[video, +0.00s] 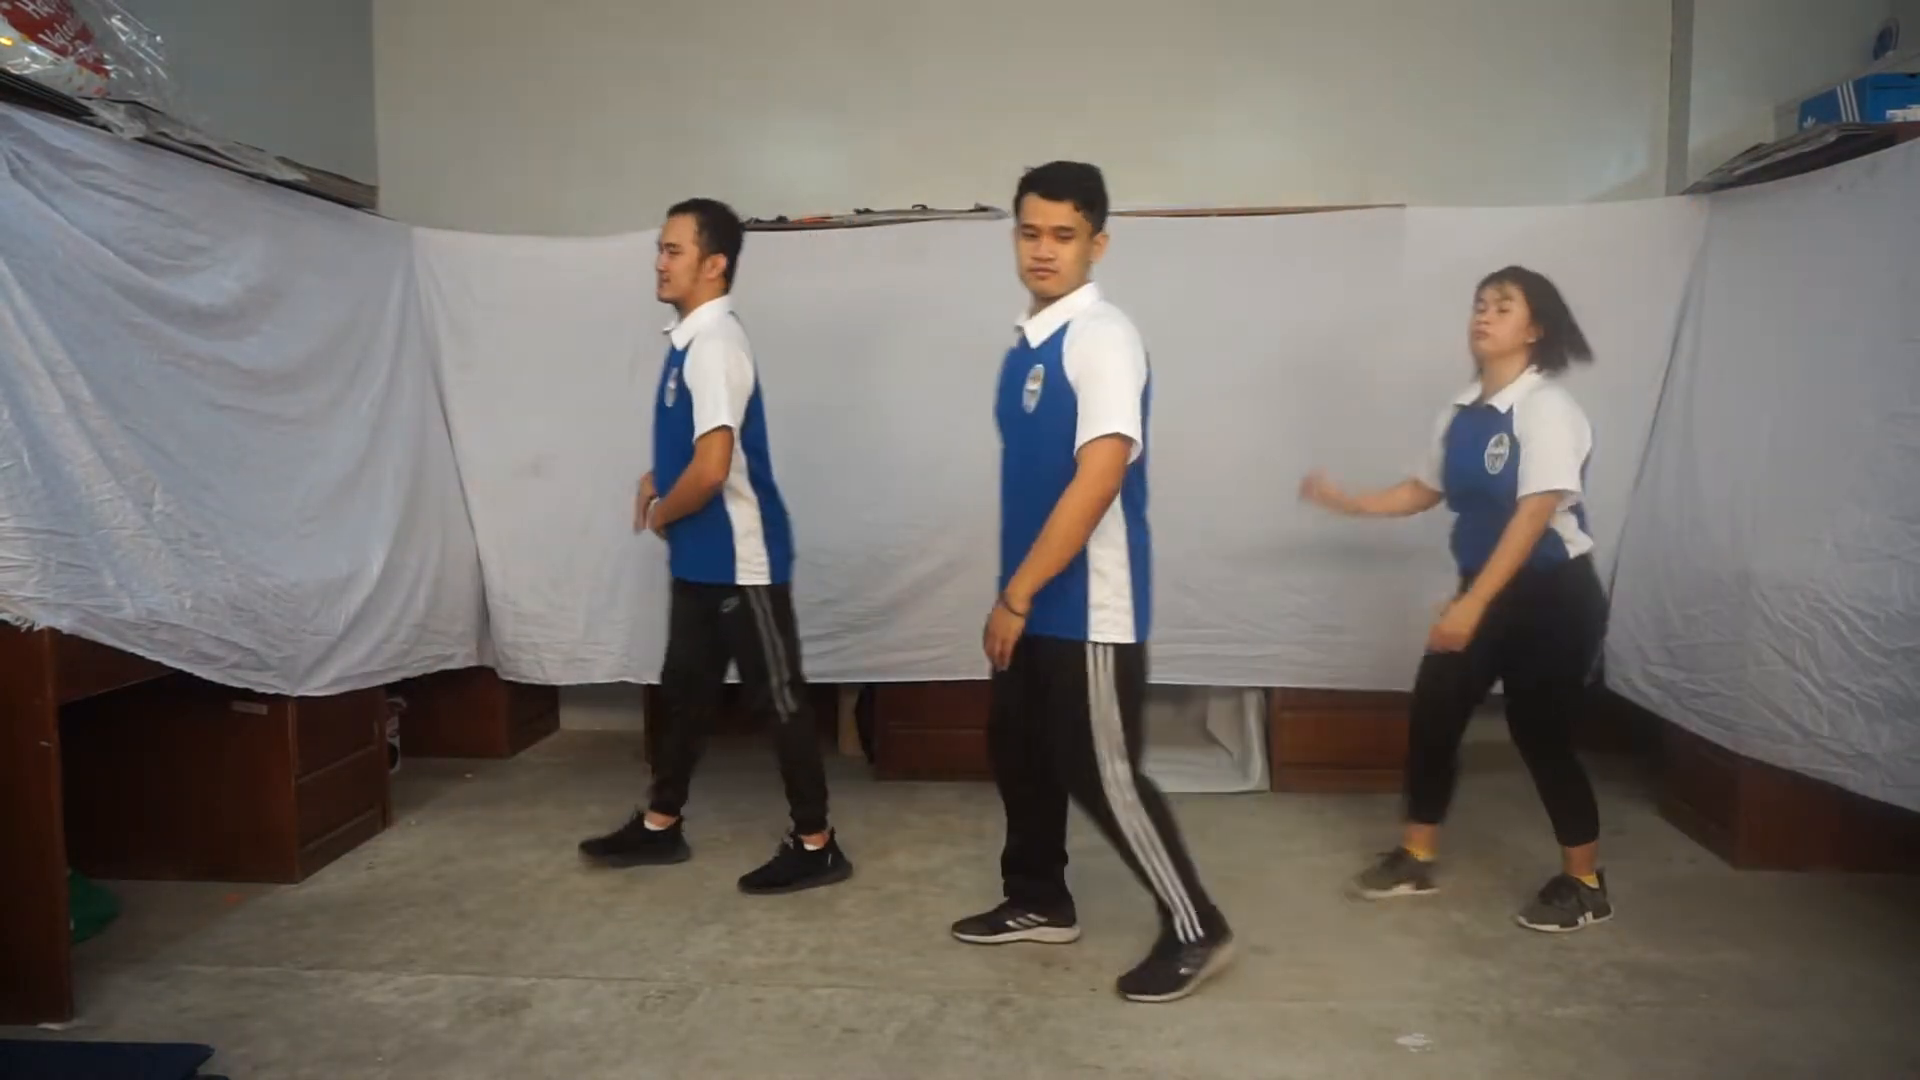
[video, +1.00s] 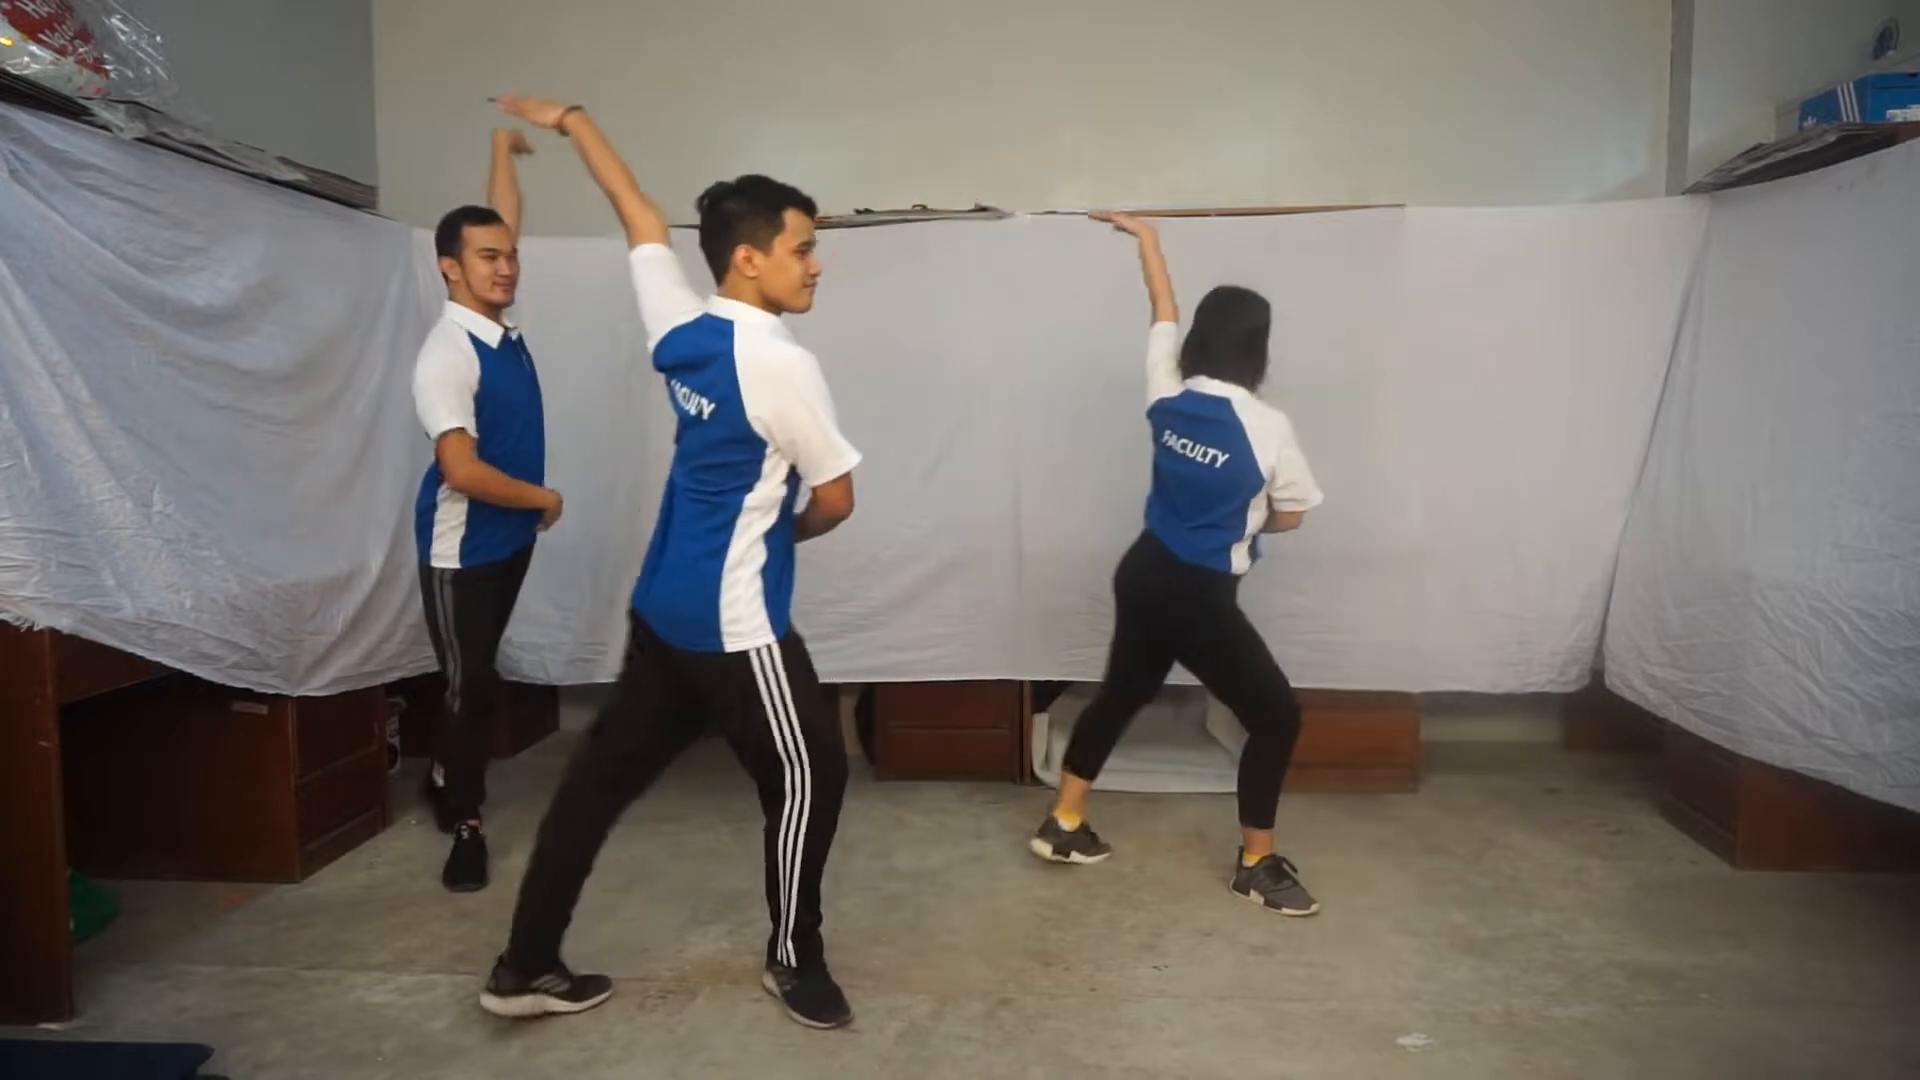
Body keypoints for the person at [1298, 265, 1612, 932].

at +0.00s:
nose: (1483, 317)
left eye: (1501, 308)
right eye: (1479, 308)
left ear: (1536, 329)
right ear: (1472, 325)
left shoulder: (1548, 409)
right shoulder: (1461, 413)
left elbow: (1534, 517)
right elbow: (1426, 491)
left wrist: (1473, 602)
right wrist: (1349, 502)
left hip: (1552, 590)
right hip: (1480, 588)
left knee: (1538, 726)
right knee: (1434, 708)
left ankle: (1584, 881)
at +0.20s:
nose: (1456, 308)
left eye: (1469, 300)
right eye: (1441, 300)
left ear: (1486, 320)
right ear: (1416, 321)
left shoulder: (1513, 399)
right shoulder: (1388, 397)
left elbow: (1549, 493)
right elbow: (1337, 479)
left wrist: (1567, 583)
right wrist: (1319, 539)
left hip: (1481, 586)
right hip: (1395, 580)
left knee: (1469, 721)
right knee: (1384, 715)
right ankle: (1387, 855)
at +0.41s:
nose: (1419, 317)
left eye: (1420, 309)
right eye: (1401, 308)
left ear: (1425, 327)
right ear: (1364, 328)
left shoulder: (1452, 409)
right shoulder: (1335, 408)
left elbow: (1505, 497)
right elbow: (1275, 489)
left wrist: (1589, 548)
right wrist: (1279, 534)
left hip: (1424, 589)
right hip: (1344, 584)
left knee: (1449, 722)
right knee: (1341, 729)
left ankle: (1448, 862)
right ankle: (1271, 855)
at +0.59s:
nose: (1377, 332)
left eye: (1374, 320)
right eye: (1369, 320)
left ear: (1337, 329)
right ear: (1338, 329)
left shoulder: (1351, 403)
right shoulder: (1301, 403)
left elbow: (1407, 439)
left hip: (1333, 583)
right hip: (1280, 586)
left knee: (1372, 709)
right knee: (1295, 728)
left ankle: (1404, 850)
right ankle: (1259, 859)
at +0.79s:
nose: (1315, 334)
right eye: (1311, 323)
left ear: (1243, 324)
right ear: (1302, 331)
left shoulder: (1222, 387)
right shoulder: (1293, 403)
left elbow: (1239, 328)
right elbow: (1325, 516)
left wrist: (1262, 273)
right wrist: (1292, 498)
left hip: (1208, 570)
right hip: (1252, 582)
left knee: (1241, 702)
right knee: (1274, 714)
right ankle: (1255, 859)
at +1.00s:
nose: (1269, 346)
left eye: (1258, 334)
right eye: (1266, 337)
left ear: (1196, 338)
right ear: (1258, 347)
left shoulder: (1168, 392)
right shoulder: (1266, 425)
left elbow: (1162, 307)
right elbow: (1288, 516)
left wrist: (1145, 234)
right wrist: (1237, 507)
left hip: (1142, 577)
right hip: (1201, 596)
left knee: (1122, 692)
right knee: (1277, 717)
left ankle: (1064, 820)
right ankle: (1257, 860)